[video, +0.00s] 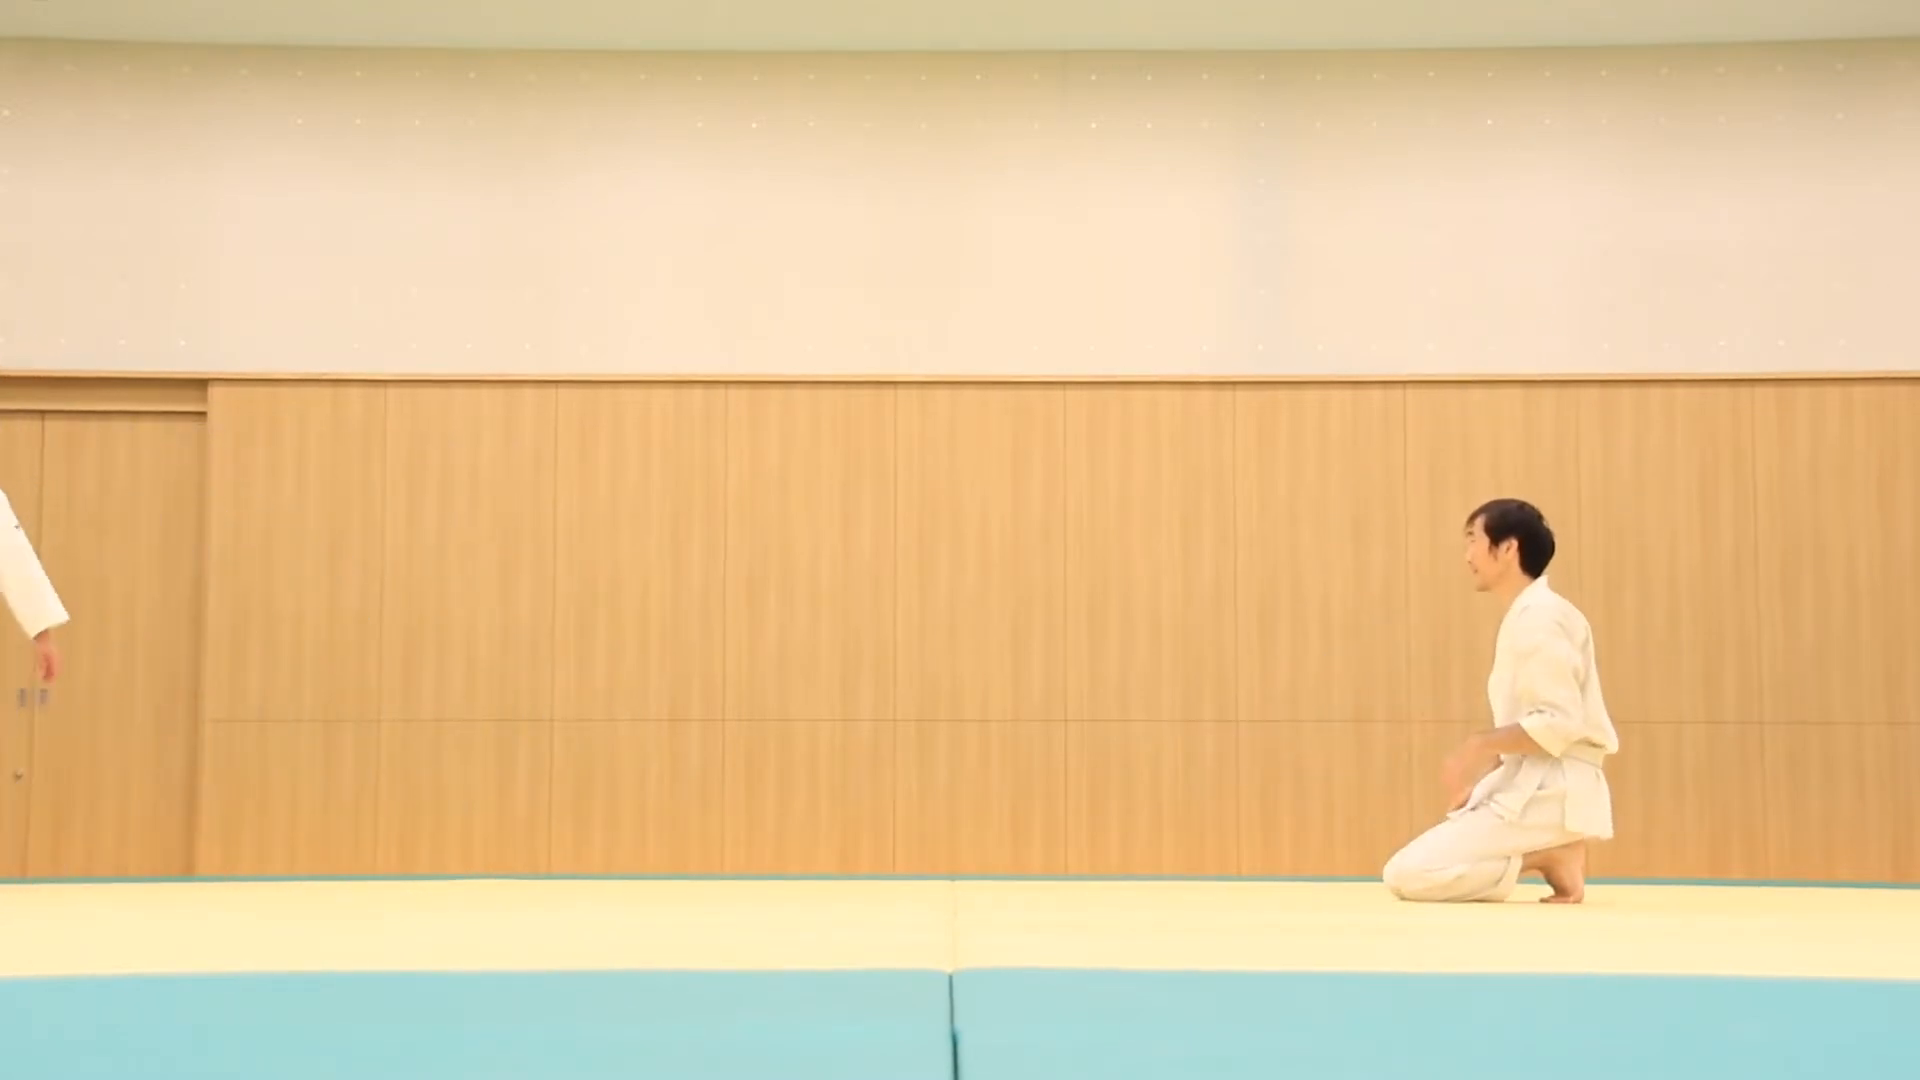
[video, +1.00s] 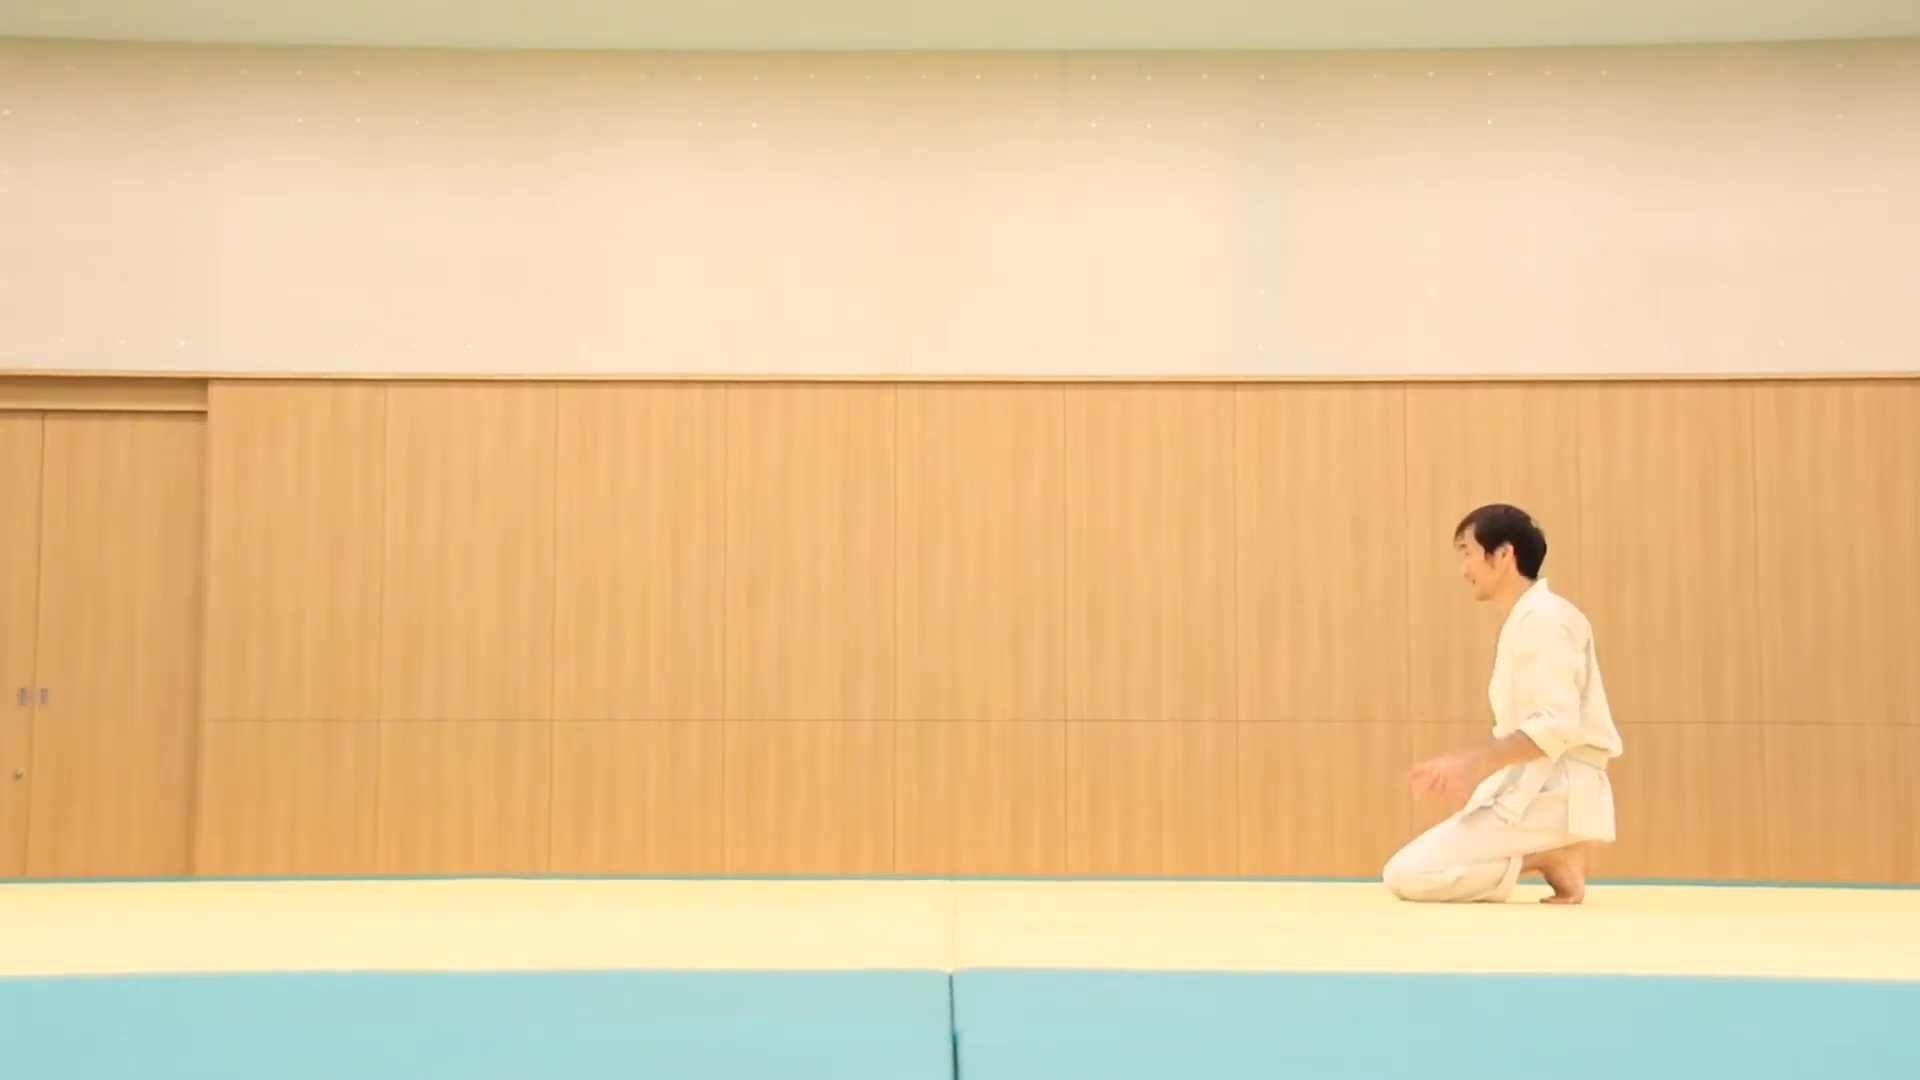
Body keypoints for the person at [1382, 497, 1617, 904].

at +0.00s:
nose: (1467, 557)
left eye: (1474, 541)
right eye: (1468, 542)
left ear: (1510, 549)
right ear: (1509, 551)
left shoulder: (1538, 618)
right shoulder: (1536, 614)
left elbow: (1558, 723)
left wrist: (1481, 746)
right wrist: (1482, 789)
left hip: (1552, 793)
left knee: (1407, 876)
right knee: (1405, 872)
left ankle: (1550, 856)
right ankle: (1548, 855)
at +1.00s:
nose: (1462, 569)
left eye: (1468, 553)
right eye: (1462, 555)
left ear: (1504, 556)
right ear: (1503, 559)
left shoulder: (1544, 619)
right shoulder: (1531, 618)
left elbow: (1554, 727)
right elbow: (1521, 729)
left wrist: (1474, 764)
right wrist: (1457, 766)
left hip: (1558, 794)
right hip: (1544, 789)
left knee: (1407, 876)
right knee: (1407, 872)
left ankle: (1550, 857)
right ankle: (1548, 857)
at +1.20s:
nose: (1457, 576)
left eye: (1457, 562)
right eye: (1454, 563)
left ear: (1485, 561)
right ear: (1487, 562)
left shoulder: (1544, 617)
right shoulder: (1523, 620)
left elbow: (1547, 711)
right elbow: (1485, 705)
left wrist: (1472, 727)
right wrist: (1430, 725)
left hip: (1557, 789)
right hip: (1534, 782)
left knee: (1407, 876)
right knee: (1404, 872)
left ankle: (1549, 855)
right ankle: (1547, 855)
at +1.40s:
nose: (1450, 580)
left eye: (1449, 565)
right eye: (1446, 568)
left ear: (1479, 562)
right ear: (1477, 564)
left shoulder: (1541, 617)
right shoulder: (1516, 624)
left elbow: (1561, 716)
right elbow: (1470, 723)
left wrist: (1483, 743)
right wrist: (1400, 731)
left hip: (1555, 789)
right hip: (1531, 783)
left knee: (1407, 876)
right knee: (1405, 872)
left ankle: (1548, 856)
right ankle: (1547, 856)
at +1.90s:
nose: (1455, 574)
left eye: (1462, 558)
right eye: (1449, 565)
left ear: (1503, 555)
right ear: (1446, 569)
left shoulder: (1559, 621)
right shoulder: (1471, 633)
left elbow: (1575, 728)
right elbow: (1442, 696)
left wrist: (1501, 792)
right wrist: (1425, 697)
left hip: (1563, 788)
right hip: (1513, 780)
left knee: (1404, 875)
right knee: (1398, 874)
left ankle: (1547, 855)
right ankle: (1543, 856)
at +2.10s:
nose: (1450, 571)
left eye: (1458, 555)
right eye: (1445, 561)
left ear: (1499, 553)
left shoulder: (1559, 619)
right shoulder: (1467, 628)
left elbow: (1574, 726)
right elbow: (1425, 687)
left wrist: (1505, 794)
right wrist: (1395, 669)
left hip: (1565, 786)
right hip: (1514, 777)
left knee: (1405, 875)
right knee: (1396, 875)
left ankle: (1548, 855)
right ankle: (1543, 856)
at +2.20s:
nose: (1448, 569)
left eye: (1454, 554)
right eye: (1444, 558)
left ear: (1495, 553)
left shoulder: (1557, 621)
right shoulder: (1470, 626)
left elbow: (1563, 733)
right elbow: (1412, 654)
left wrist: (1497, 794)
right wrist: (1354, 654)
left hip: (1562, 789)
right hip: (1515, 779)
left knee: (1405, 875)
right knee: (1399, 873)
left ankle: (1548, 855)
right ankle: (1545, 854)